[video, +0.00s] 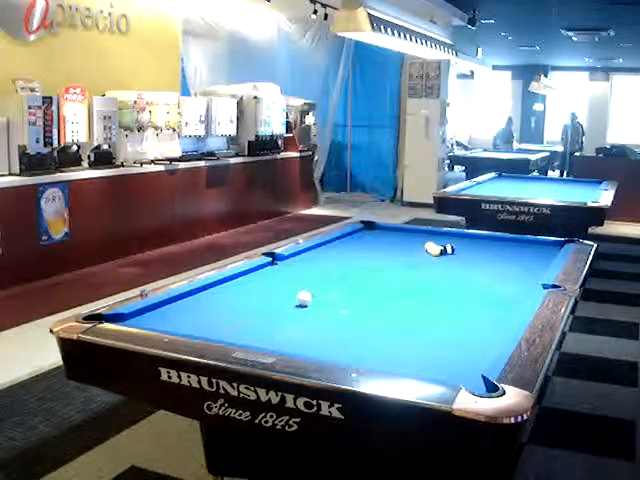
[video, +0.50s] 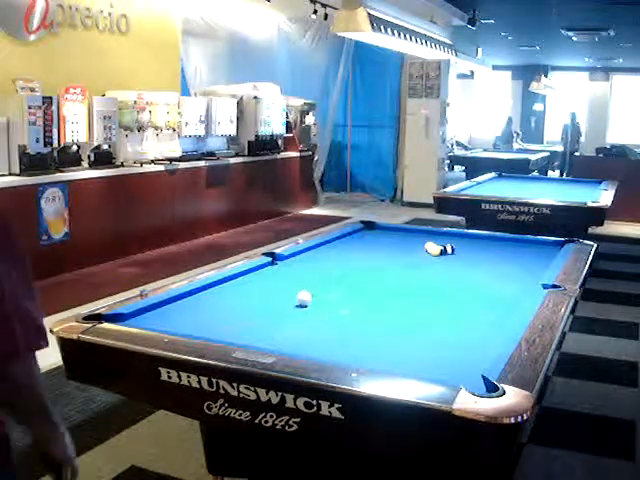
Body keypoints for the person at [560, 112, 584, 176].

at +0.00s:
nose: (572, 120)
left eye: (574, 119)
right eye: (571, 119)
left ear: (576, 118)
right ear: (570, 118)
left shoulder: (579, 126)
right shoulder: (566, 126)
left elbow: (581, 136)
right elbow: (563, 135)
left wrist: (580, 146)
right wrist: (563, 142)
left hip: (575, 146)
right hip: (566, 146)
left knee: (571, 159)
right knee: (563, 159)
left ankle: (569, 173)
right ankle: (561, 173)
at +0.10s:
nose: (572, 120)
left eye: (574, 118)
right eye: (571, 118)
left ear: (576, 118)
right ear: (570, 118)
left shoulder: (578, 126)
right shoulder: (566, 126)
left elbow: (582, 134)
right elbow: (563, 135)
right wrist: (563, 142)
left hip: (575, 146)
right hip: (567, 146)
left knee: (571, 159)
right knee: (563, 158)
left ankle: (569, 173)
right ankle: (561, 173)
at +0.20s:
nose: (572, 119)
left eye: (574, 118)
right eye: (571, 117)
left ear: (576, 118)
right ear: (570, 118)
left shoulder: (578, 126)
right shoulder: (566, 126)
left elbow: (582, 135)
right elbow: (563, 135)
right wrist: (563, 142)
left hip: (574, 146)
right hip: (566, 145)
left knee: (571, 160)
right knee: (563, 159)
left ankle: (569, 173)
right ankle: (561, 173)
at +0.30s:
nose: (572, 119)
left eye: (574, 117)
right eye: (571, 117)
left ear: (576, 118)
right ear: (570, 117)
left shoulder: (578, 126)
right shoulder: (566, 126)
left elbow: (580, 135)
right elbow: (563, 135)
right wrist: (563, 142)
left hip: (574, 146)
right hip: (566, 145)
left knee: (571, 160)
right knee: (563, 159)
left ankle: (569, 173)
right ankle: (561, 173)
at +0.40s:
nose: (572, 119)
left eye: (574, 117)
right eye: (571, 117)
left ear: (576, 117)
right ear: (570, 117)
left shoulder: (577, 126)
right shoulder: (566, 125)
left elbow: (580, 134)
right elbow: (563, 134)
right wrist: (563, 141)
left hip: (574, 145)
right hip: (566, 145)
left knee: (571, 159)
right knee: (563, 158)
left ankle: (569, 173)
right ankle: (561, 173)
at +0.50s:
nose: (572, 119)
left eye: (574, 117)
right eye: (571, 117)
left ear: (575, 117)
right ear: (570, 117)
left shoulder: (577, 126)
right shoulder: (566, 125)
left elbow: (579, 135)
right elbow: (563, 134)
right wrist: (563, 141)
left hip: (574, 146)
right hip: (566, 145)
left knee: (571, 159)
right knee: (563, 159)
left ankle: (569, 173)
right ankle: (561, 172)